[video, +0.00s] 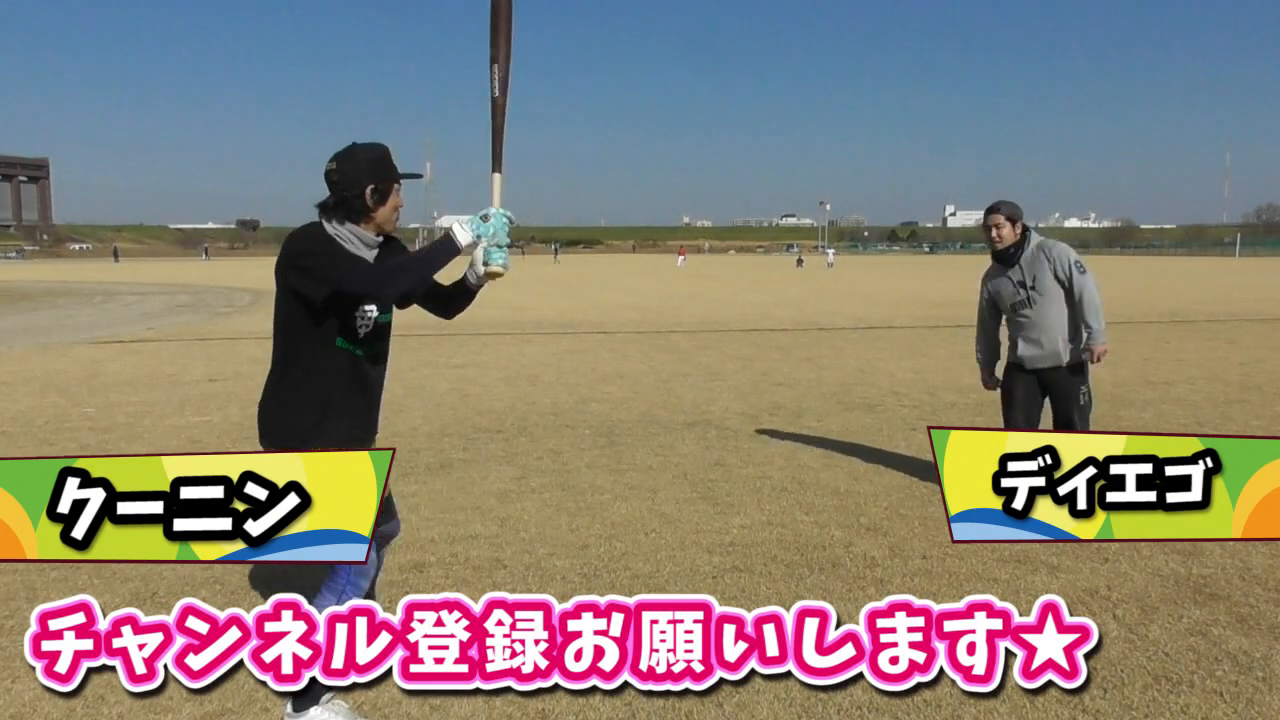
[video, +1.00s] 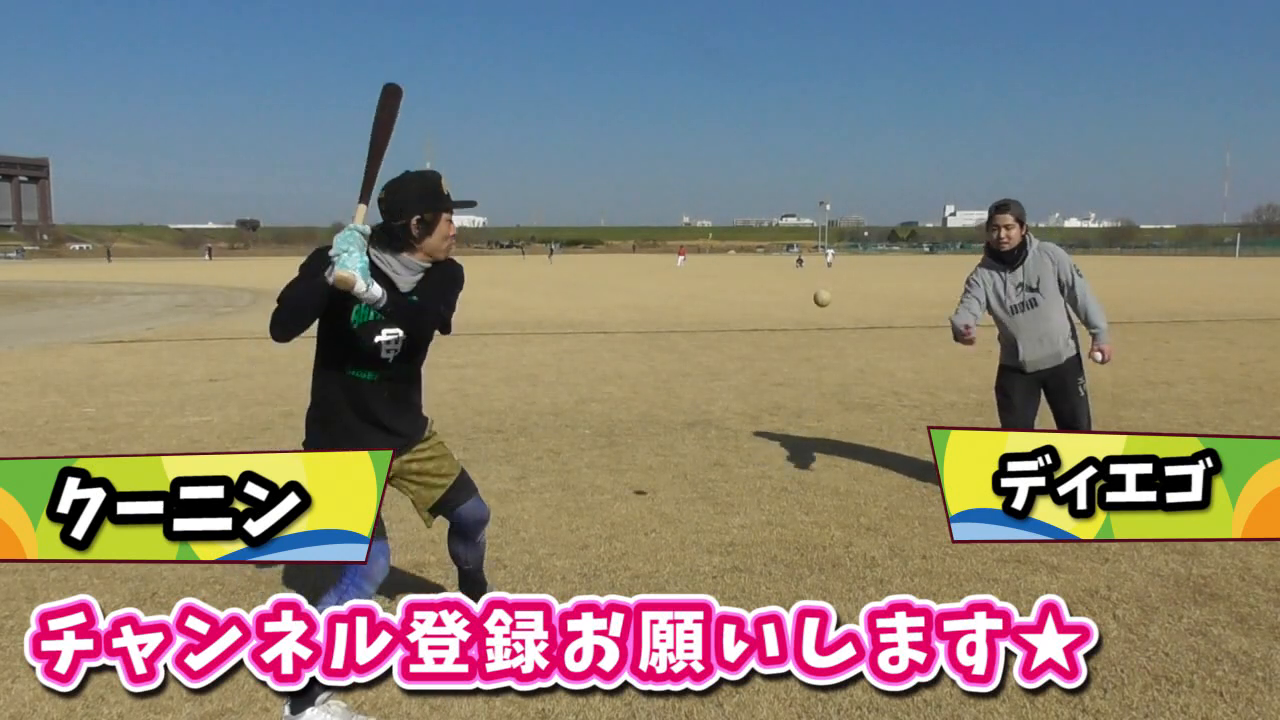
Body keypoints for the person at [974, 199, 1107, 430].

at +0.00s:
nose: (993, 234)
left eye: (999, 227)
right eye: (988, 229)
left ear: (1017, 227)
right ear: (985, 232)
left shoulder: (1055, 253)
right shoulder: (993, 278)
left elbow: (1086, 290)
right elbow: (987, 327)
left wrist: (1095, 336)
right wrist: (987, 366)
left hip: (1066, 364)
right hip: (1022, 368)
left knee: (1073, 440)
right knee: (1017, 438)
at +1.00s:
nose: (1001, 235)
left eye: (1008, 228)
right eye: (995, 229)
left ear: (1023, 229)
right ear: (988, 232)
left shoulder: (1050, 255)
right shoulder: (984, 273)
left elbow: (1080, 293)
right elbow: (970, 303)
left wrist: (1100, 334)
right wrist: (963, 325)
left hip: (1061, 362)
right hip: (1016, 368)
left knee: (1079, 438)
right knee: (1015, 441)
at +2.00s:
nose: (1065, 290)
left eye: (1072, 286)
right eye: (1060, 284)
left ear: (1082, 280)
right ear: (1049, 271)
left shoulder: (1089, 294)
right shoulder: (1018, 281)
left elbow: (1093, 342)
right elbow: (999, 325)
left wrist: (1082, 388)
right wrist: (1003, 370)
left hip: (1058, 373)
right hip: (1014, 371)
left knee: (1076, 439)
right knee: (1011, 441)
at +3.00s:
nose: (1042, 279)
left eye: (1050, 274)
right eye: (1038, 271)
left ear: (1066, 273)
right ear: (1032, 265)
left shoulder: (1074, 303)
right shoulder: (1011, 283)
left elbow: (1078, 358)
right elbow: (990, 321)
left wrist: (1066, 413)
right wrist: (991, 364)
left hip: (1057, 374)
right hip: (1014, 373)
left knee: (1075, 437)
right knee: (1012, 438)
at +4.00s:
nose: (1007, 237)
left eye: (1014, 230)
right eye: (1003, 231)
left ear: (1033, 232)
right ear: (998, 233)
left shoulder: (1059, 266)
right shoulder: (994, 272)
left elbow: (1083, 309)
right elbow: (979, 301)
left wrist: (1070, 352)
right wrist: (965, 321)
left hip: (1059, 369)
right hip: (1014, 371)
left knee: (1074, 444)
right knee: (1012, 444)